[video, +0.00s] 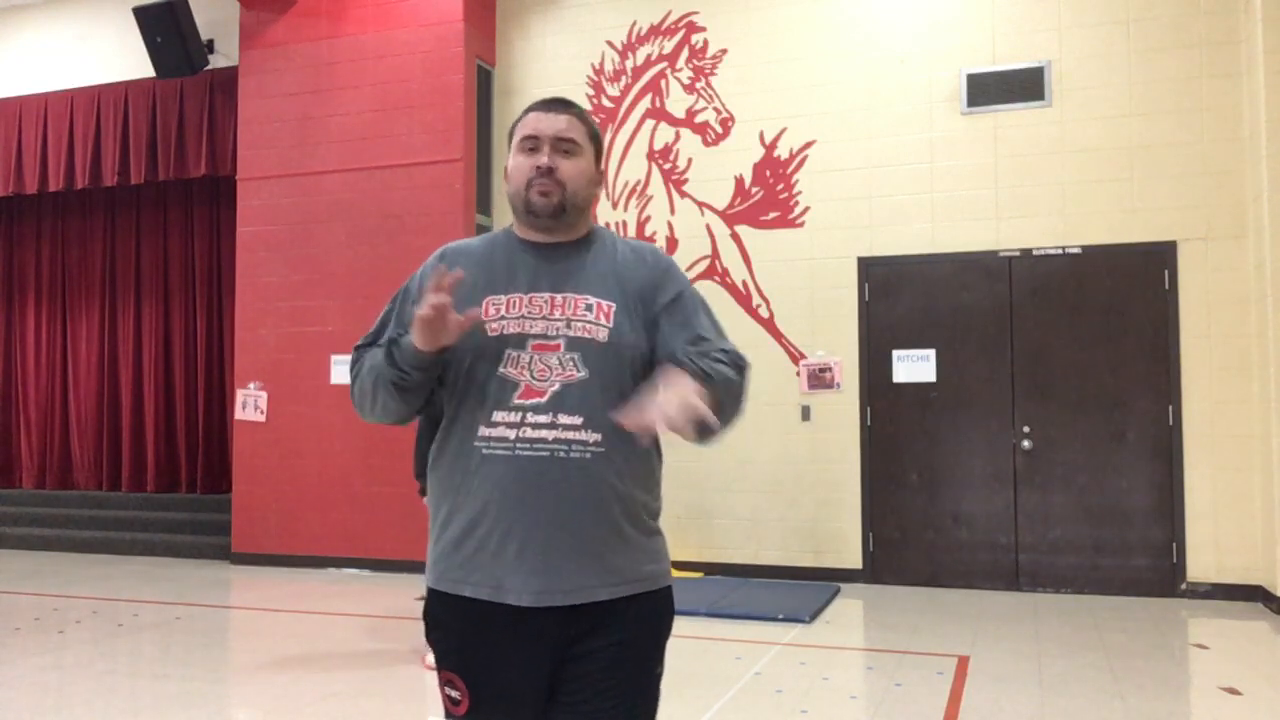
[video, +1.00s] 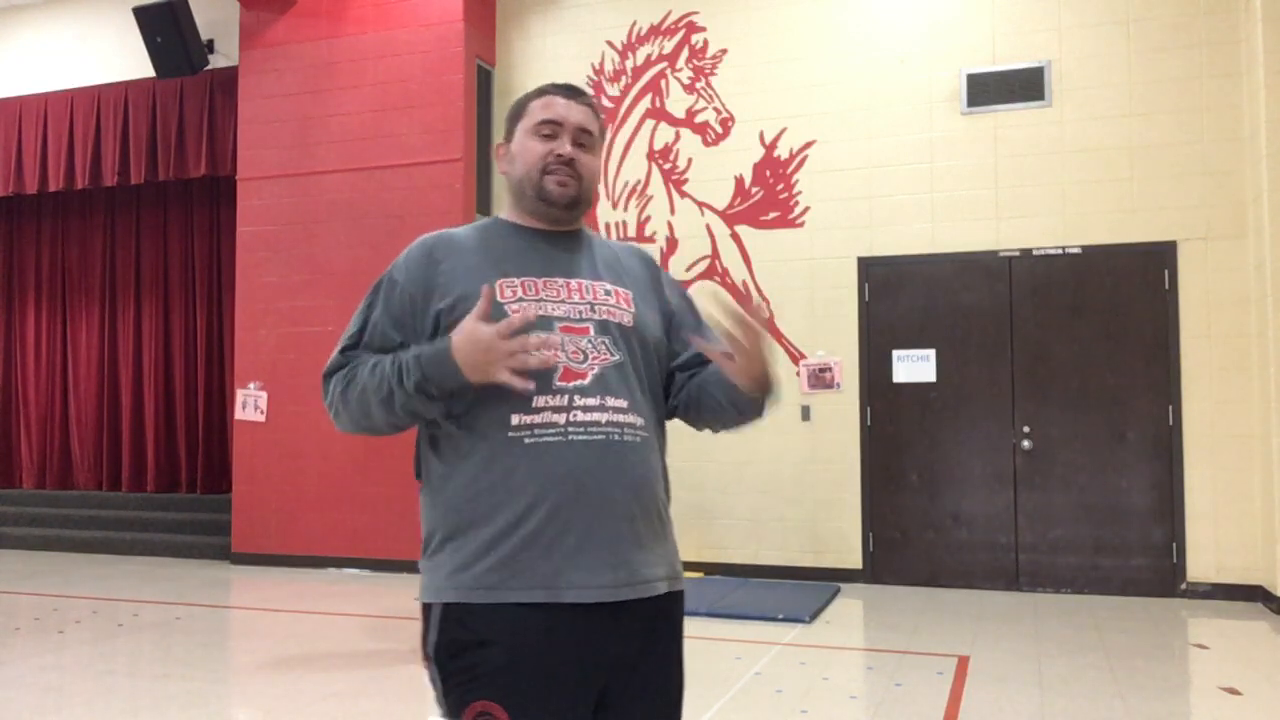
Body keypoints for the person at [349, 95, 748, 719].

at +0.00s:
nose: (545, 161)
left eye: (566, 149)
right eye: (529, 147)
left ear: (597, 177)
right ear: (507, 170)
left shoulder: (647, 271)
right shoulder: (451, 269)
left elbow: (719, 369)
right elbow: (372, 397)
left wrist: (683, 389)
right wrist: (419, 351)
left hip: (617, 590)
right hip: (478, 590)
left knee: (610, 710)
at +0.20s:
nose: (554, 145)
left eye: (577, 133)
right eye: (539, 132)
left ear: (614, 162)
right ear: (517, 156)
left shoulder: (664, 274)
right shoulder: (458, 259)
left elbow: (728, 398)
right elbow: (403, 384)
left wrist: (750, 449)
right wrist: (357, 373)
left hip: (625, 599)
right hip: (482, 596)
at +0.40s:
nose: (578, 141)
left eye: (601, 128)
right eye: (561, 126)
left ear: (634, 161)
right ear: (534, 151)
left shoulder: (679, 272)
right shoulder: (468, 253)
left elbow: (723, 411)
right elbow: (392, 360)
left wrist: (747, 417)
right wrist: (388, 407)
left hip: (640, 600)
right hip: (493, 595)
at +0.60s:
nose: (592, 145)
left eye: (612, 134)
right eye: (572, 130)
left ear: (637, 168)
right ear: (537, 158)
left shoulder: (682, 277)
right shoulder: (469, 258)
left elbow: (736, 420)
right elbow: (383, 380)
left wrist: (762, 394)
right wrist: (480, 392)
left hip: (650, 608)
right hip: (499, 607)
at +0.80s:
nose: (593, 143)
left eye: (610, 133)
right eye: (572, 128)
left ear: (627, 164)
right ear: (527, 153)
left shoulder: (670, 268)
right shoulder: (460, 254)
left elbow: (739, 403)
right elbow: (367, 380)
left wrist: (676, 365)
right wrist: (450, 343)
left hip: (650, 598)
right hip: (504, 599)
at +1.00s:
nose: (566, 149)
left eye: (584, 141)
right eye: (546, 132)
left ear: (601, 172)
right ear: (505, 154)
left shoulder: (643, 274)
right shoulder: (437, 261)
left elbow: (692, 387)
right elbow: (347, 392)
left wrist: (747, 388)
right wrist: (450, 363)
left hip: (638, 595)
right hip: (493, 596)